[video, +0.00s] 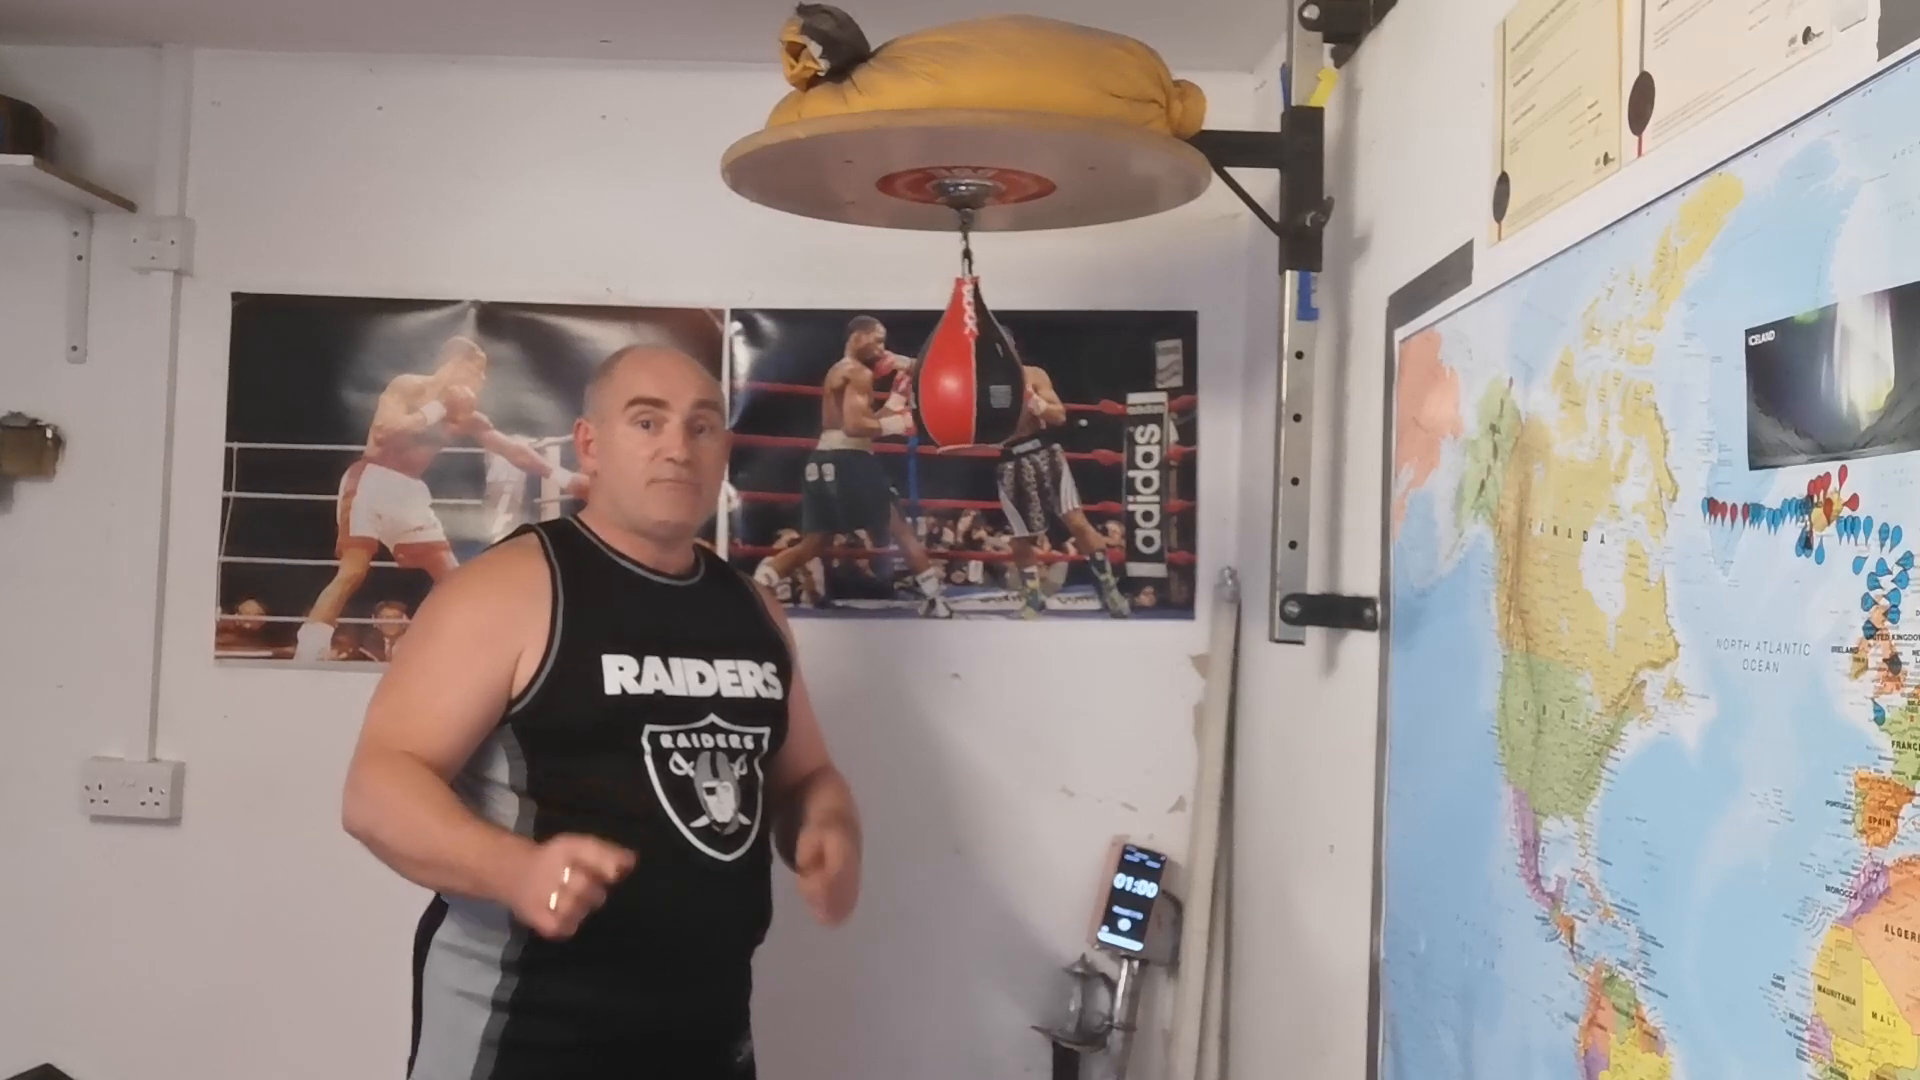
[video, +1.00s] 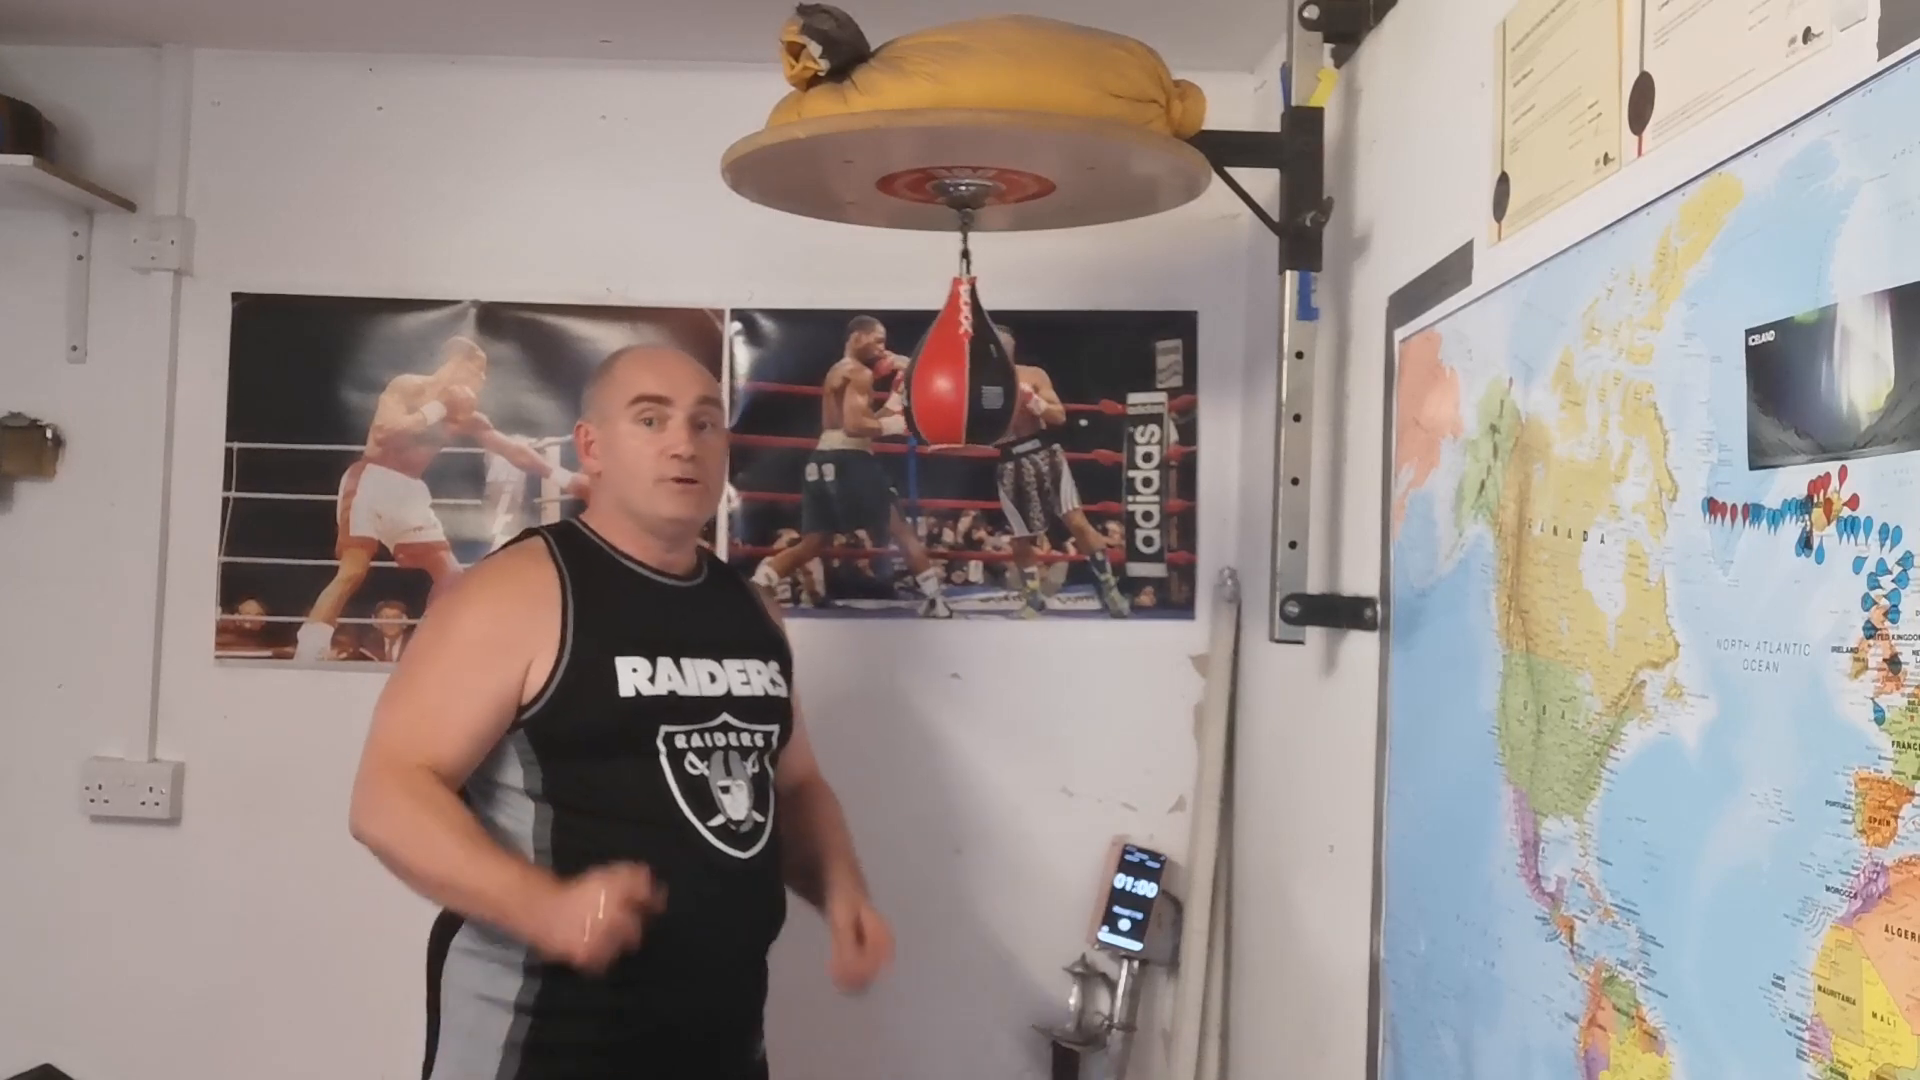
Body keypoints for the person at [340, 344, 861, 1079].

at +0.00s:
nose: (678, 447)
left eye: (701, 424)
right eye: (646, 420)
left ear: (725, 454)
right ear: (588, 445)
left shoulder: (749, 610)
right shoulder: (507, 588)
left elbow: (804, 777)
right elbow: (378, 786)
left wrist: (826, 831)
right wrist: (515, 870)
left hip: (703, 1020)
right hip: (526, 1024)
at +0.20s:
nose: (682, 447)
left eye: (706, 423)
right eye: (650, 418)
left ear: (731, 452)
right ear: (593, 443)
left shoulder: (750, 612)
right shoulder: (510, 589)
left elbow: (799, 804)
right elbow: (387, 795)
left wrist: (828, 962)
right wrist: (478, 1003)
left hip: (709, 1030)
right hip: (542, 1035)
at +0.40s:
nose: (698, 450)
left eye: (720, 428)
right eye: (664, 423)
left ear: (740, 457)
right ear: (603, 447)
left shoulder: (751, 609)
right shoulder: (514, 592)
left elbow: (790, 812)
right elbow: (389, 803)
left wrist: (798, 1008)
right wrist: (401, 1043)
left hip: (705, 1038)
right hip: (531, 1042)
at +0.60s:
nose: (704, 453)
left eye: (726, 431)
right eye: (671, 425)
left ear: (745, 458)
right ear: (608, 447)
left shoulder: (751, 605)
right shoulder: (520, 592)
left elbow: (787, 806)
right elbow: (388, 805)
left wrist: (800, 997)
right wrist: (412, 1043)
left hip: (710, 1040)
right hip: (535, 1044)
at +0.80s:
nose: (693, 446)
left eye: (714, 423)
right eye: (660, 418)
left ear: (737, 453)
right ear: (600, 443)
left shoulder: (748, 608)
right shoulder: (519, 592)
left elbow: (793, 810)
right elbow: (403, 807)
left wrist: (830, 994)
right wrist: (477, 1031)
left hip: (719, 1037)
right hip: (555, 1040)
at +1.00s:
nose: (685, 443)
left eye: (705, 421)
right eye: (650, 418)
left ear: (725, 450)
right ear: (590, 448)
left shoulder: (742, 609)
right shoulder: (513, 592)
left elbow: (793, 784)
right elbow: (389, 794)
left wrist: (840, 887)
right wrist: (544, 906)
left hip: (716, 1031)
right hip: (545, 1037)